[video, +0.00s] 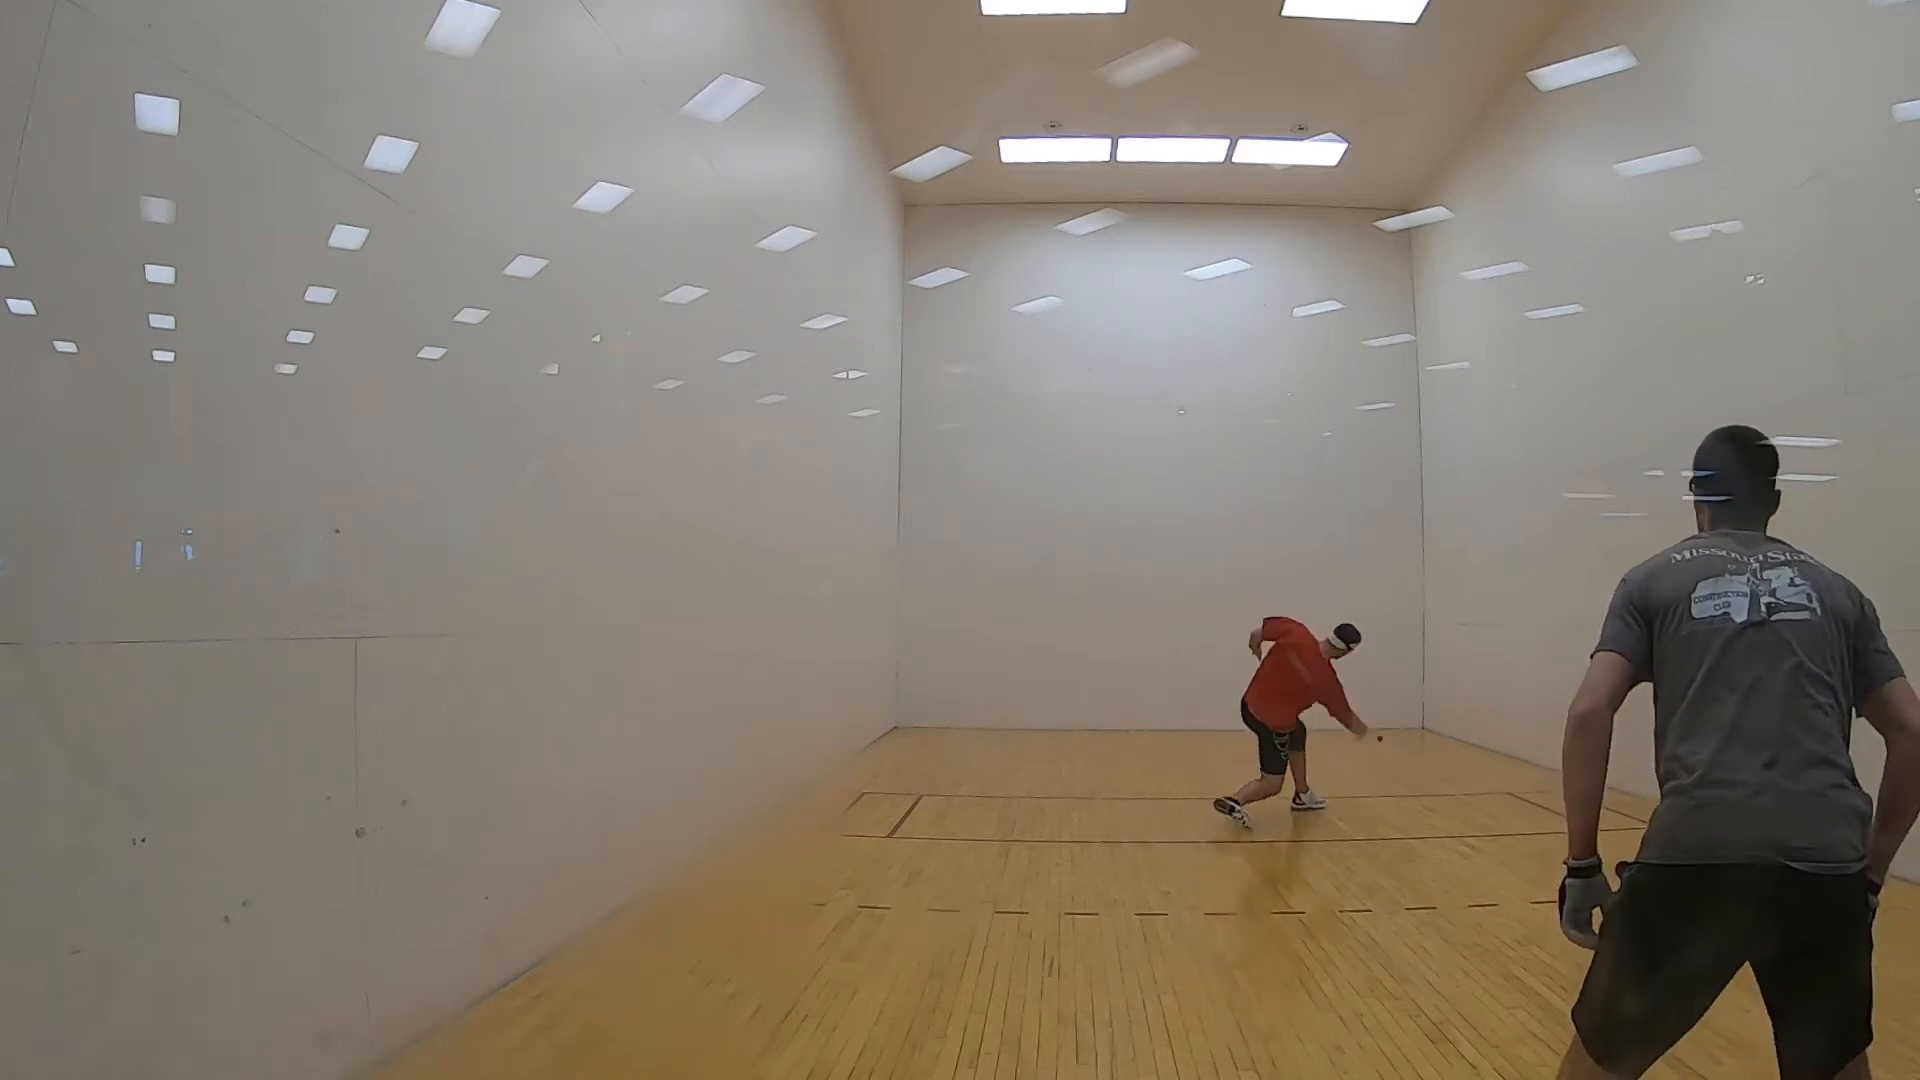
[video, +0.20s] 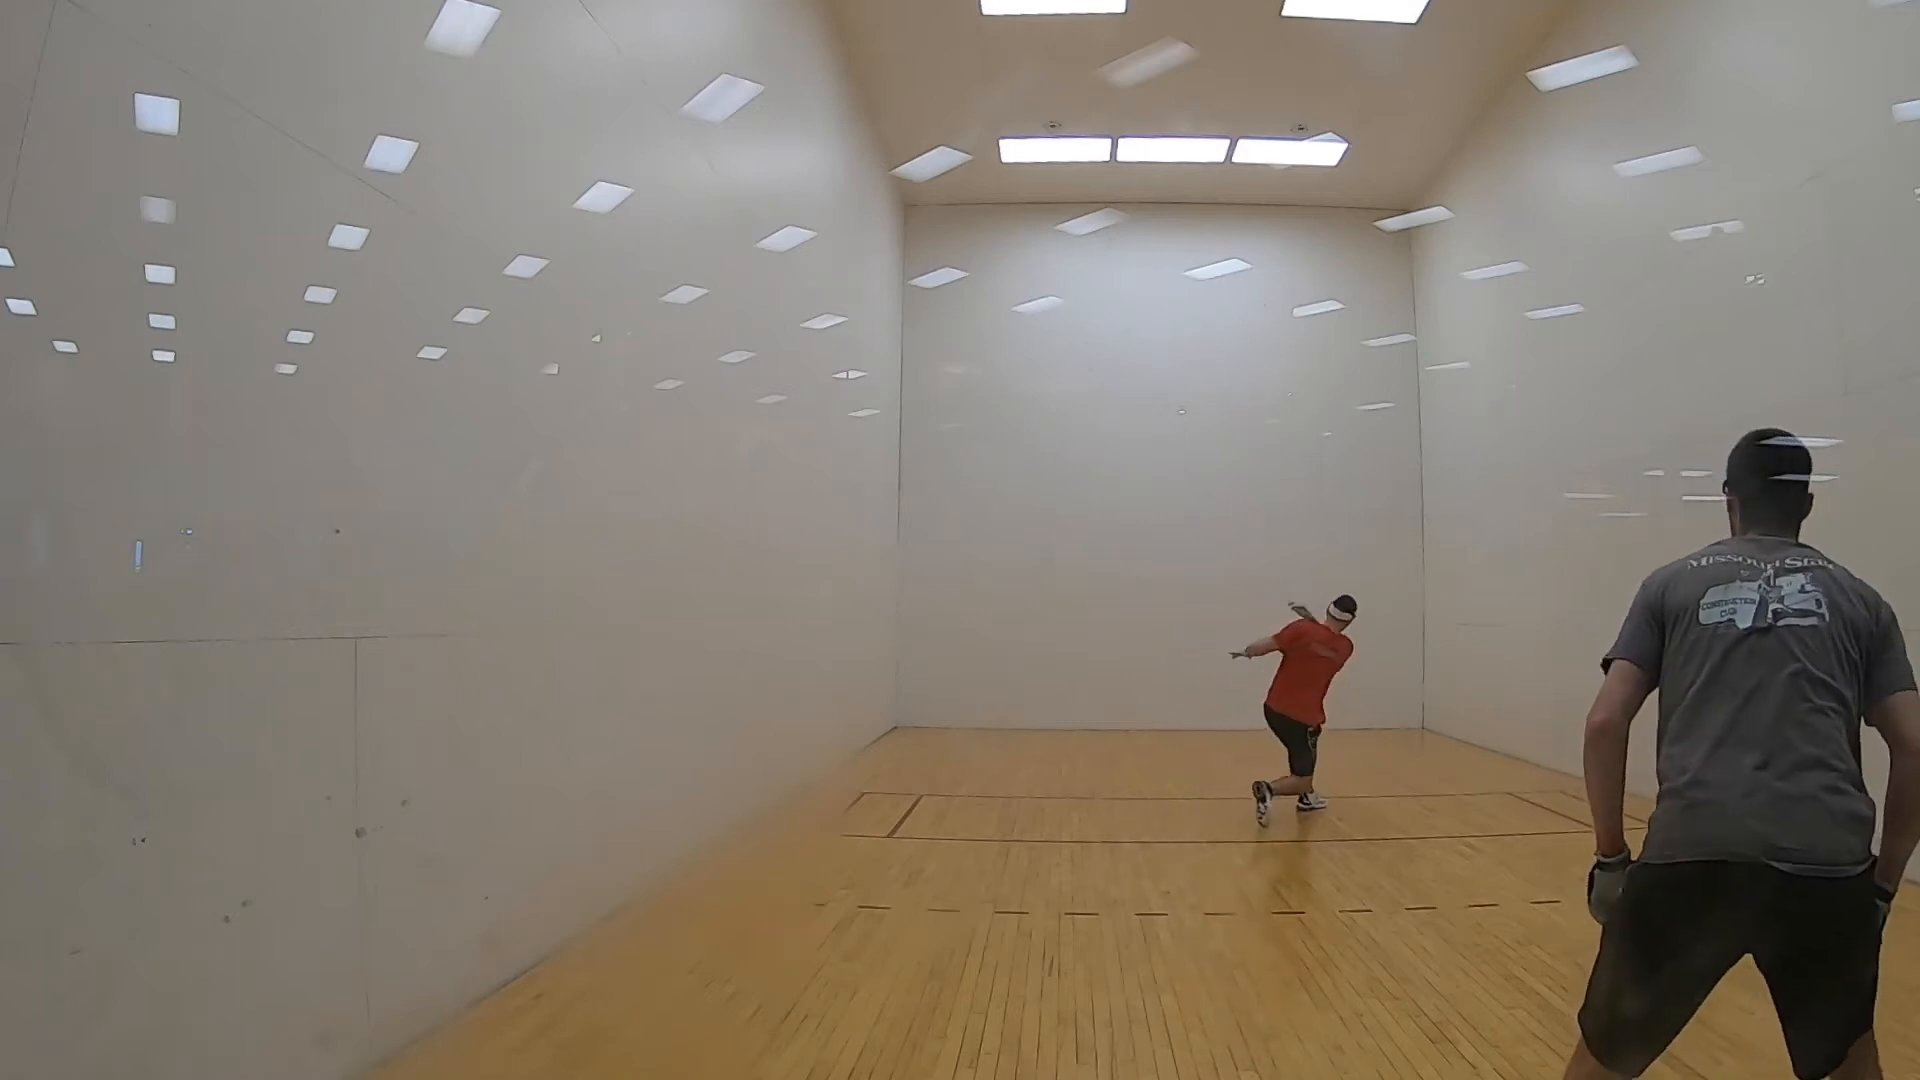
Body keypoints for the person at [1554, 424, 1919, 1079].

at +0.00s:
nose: (1700, 504)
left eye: (1698, 495)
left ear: (1699, 500)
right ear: (1773, 502)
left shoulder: (1653, 579)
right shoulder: (1837, 590)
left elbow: (1589, 710)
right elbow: (1911, 731)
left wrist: (1582, 860)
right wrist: (1873, 870)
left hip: (1693, 863)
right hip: (1826, 871)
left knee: (1596, 1056)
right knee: (1839, 1064)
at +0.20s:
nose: (1728, 504)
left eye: (1726, 495)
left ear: (1730, 501)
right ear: (1807, 507)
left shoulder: (1671, 584)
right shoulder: (1861, 600)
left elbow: (1605, 720)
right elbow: (1911, 745)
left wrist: (1610, 853)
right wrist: (1885, 878)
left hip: (1692, 863)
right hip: (1828, 872)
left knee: (1602, 1054)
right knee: (1849, 1054)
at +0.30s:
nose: (1773, 519)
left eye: (1772, 509)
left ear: (1773, 517)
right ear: (1848, 521)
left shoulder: (1709, 596)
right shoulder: (1894, 616)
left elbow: (1641, 731)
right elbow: (1915, 745)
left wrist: (1652, 839)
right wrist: (1916, 874)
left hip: (1708, 868)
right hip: (1843, 883)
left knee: (1612, 1056)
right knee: (1875, 1044)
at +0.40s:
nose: (1833, 515)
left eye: (1830, 505)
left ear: (1830, 513)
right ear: (1905, 521)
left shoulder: (1767, 598)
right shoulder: (1915, 605)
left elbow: (1696, 724)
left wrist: (1712, 810)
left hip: (1746, 869)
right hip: (1880, 882)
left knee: (1649, 1058)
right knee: (1897, 1055)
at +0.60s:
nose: (1909, 502)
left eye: (1907, 492)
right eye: (1914, 493)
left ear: (1904, 500)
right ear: (1913, 501)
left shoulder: (1845, 580)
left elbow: (1770, 692)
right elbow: (1773, 693)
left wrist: (1806, 767)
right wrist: (1805, 767)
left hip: (1825, 847)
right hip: (1909, 862)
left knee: (1768, 1008)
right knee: (1915, 1050)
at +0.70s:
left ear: (1918, 509)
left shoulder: (1862, 588)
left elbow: (1796, 710)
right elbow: (1799, 711)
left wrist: (1853, 755)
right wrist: (1854, 754)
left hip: (1850, 844)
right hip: (1915, 853)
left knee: (1819, 1006)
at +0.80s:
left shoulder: (1891, 636)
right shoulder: (1891, 636)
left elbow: (1841, 759)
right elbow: (1842, 759)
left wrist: (1896, 788)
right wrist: (1894, 789)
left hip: (1877, 862)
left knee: (1841, 1032)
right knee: (1842, 1031)